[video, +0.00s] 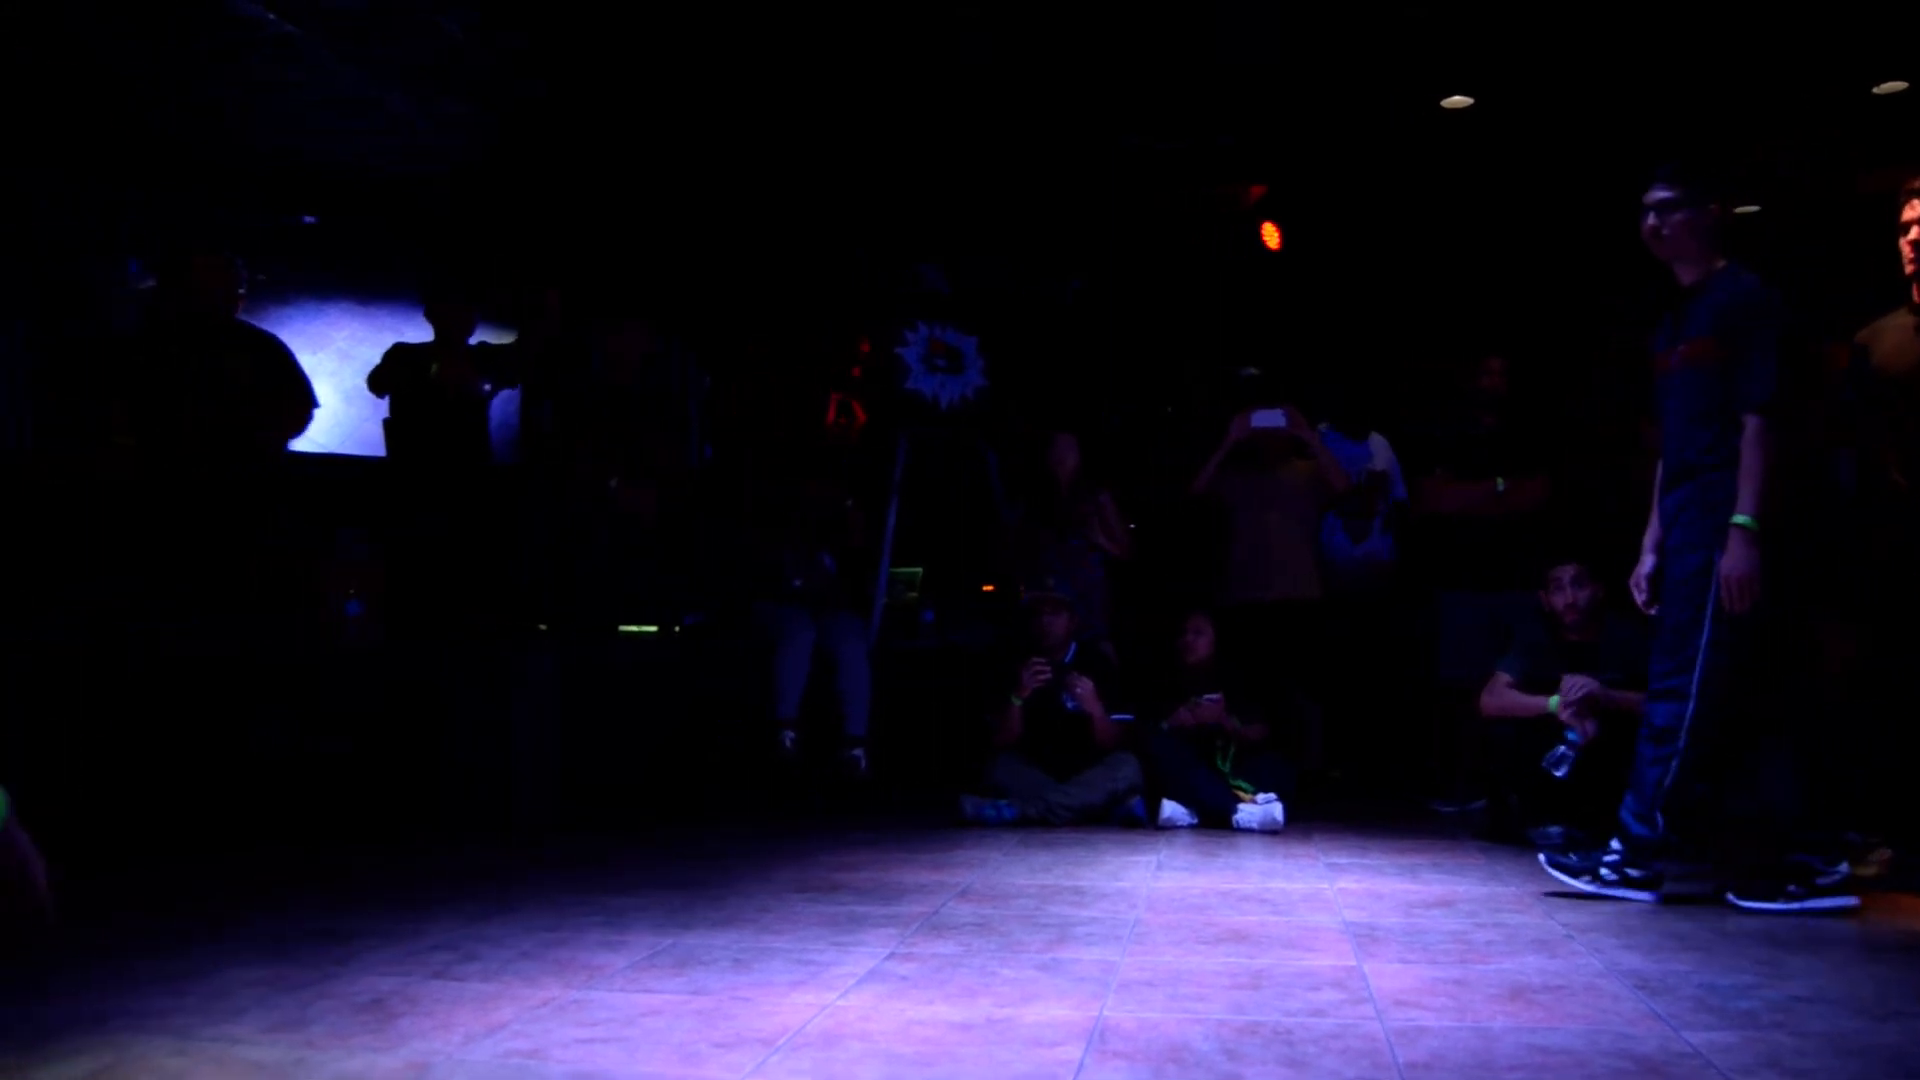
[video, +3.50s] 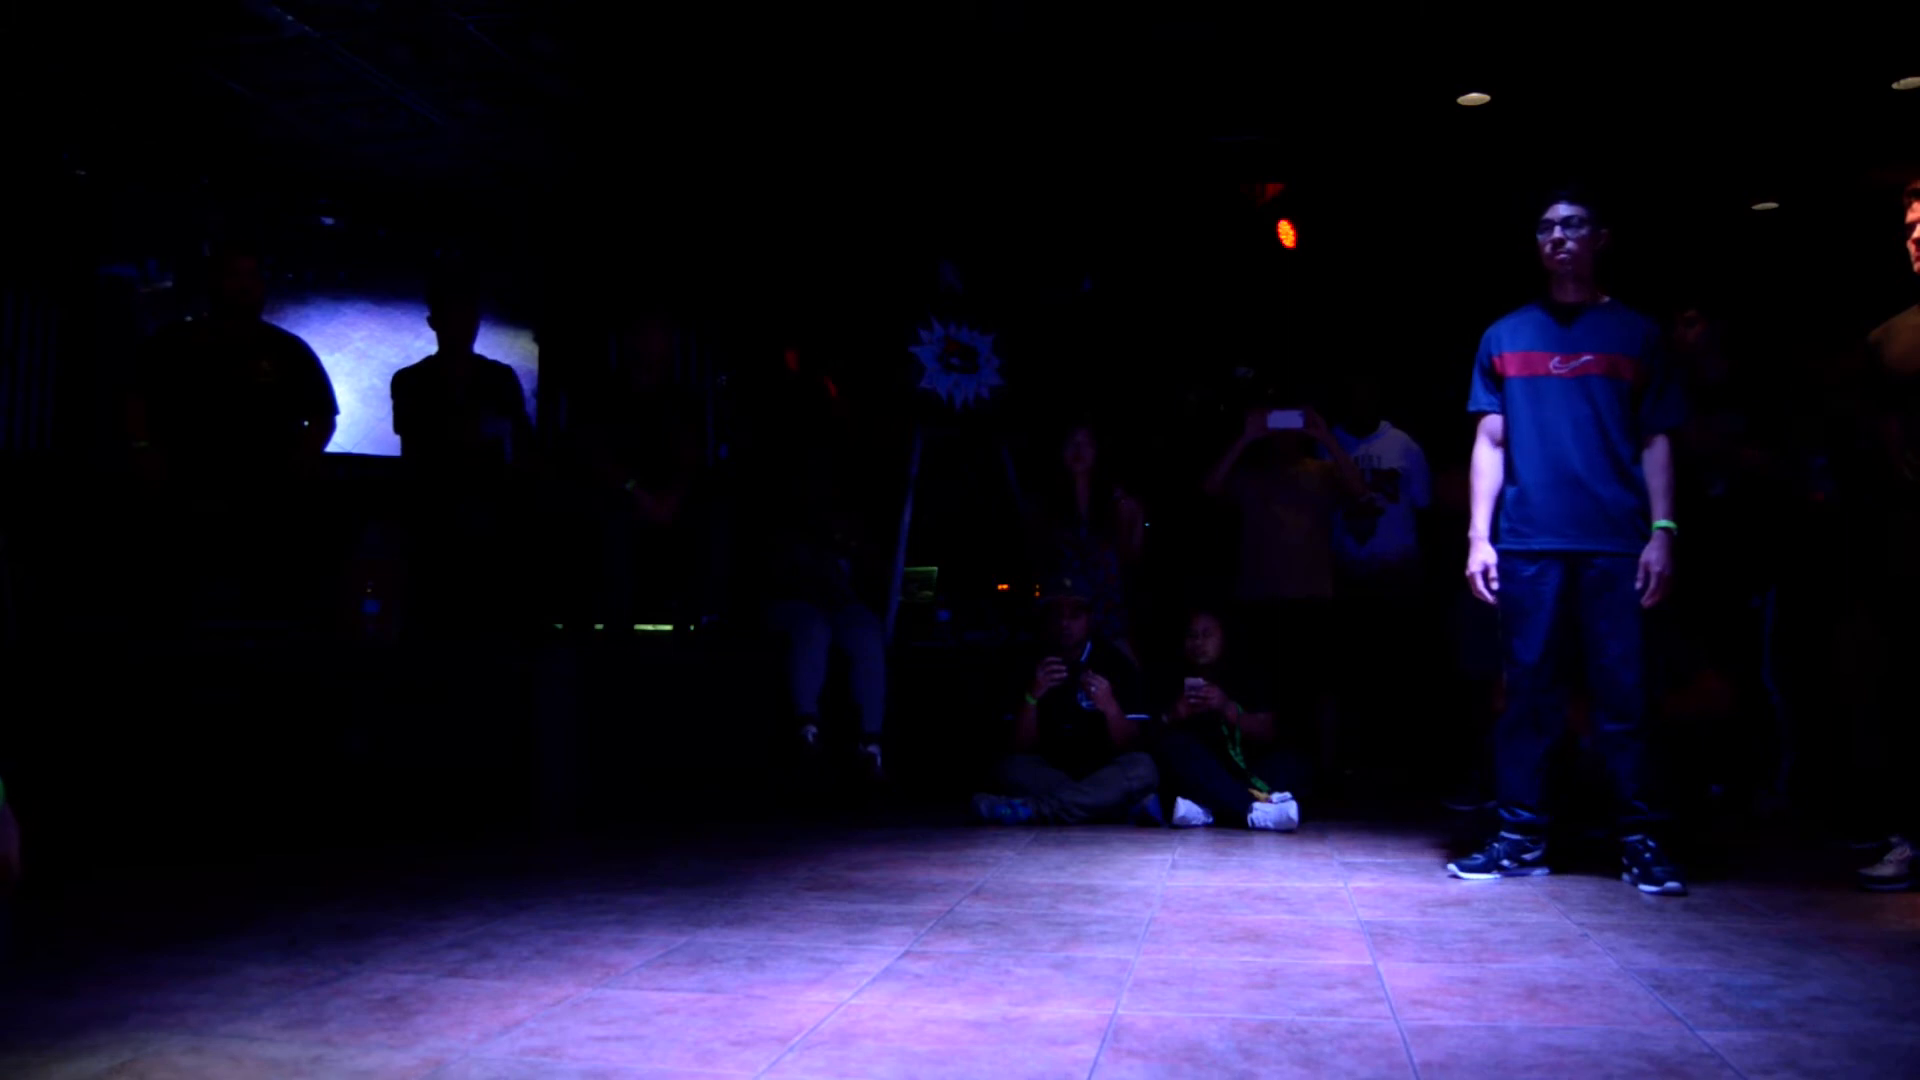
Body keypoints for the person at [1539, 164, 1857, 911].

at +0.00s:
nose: (1654, 224)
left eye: (1668, 210)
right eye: (1649, 213)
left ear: (1709, 215)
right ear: (1649, 230)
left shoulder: (1746, 301)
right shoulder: (1679, 316)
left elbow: (1756, 426)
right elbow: (1674, 449)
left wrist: (1744, 533)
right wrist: (1651, 547)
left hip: (1725, 522)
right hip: (1690, 522)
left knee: (1681, 683)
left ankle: (1644, 847)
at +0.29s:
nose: (1619, 225)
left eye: (1634, 211)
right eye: (1615, 213)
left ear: (1676, 217)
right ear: (1622, 227)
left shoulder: (1693, 300)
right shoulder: (1671, 301)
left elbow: (1693, 425)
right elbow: (1678, 426)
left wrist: (1664, 534)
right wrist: (1636, 533)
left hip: (1677, 530)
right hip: (1673, 527)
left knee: (1662, 694)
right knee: (1724, 686)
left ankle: (1652, 859)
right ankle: (1820, 847)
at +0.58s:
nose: (1572, 225)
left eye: (1587, 212)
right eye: (1570, 213)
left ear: (1630, 218)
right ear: (1607, 226)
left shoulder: (1639, 299)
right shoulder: (1639, 296)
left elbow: (1618, 428)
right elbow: (1622, 430)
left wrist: (1558, 524)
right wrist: (1586, 545)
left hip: (1633, 525)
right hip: (1637, 521)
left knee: (1627, 686)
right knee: (1641, 680)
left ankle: (1641, 857)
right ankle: (1711, 824)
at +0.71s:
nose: (1561, 228)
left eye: (1576, 214)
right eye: (1559, 216)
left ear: (1618, 220)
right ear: (1587, 227)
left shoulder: (1628, 300)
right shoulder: (1617, 298)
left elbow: (1601, 424)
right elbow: (1600, 426)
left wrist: (1542, 521)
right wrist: (1562, 533)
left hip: (1622, 528)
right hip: (1609, 525)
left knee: (1617, 688)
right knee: (1599, 685)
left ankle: (1642, 856)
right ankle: (1622, 838)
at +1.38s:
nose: (1500, 237)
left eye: (1516, 226)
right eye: (1499, 227)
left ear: (1553, 238)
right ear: (1505, 241)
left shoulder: (1578, 315)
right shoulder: (1520, 328)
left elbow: (1591, 429)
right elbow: (1500, 456)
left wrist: (1574, 528)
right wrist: (1465, 549)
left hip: (1552, 540)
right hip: (1504, 544)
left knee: (1583, 694)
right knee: (1519, 695)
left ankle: (1639, 850)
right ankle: (1521, 838)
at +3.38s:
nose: (1549, 241)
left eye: (1562, 230)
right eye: (1539, 231)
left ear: (1589, 242)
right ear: (1527, 247)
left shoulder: (1624, 334)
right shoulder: (1495, 338)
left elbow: (1644, 440)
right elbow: (1481, 443)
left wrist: (1653, 532)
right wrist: (1475, 538)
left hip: (1605, 542)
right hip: (1522, 542)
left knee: (1617, 693)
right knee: (1523, 692)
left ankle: (1639, 841)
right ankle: (1520, 836)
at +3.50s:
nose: (1559, 239)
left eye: (1572, 228)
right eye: (1548, 230)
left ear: (1600, 240)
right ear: (1537, 245)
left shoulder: (1635, 333)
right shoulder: (1505, 336)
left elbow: (1655, 440)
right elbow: (1489, 440)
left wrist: (1662, 531)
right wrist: (1479, 536)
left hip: (1614, 542)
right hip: (1528, 543)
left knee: (1622, 694)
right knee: (1527, 691)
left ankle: (1639, 841)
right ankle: (1520, 836)